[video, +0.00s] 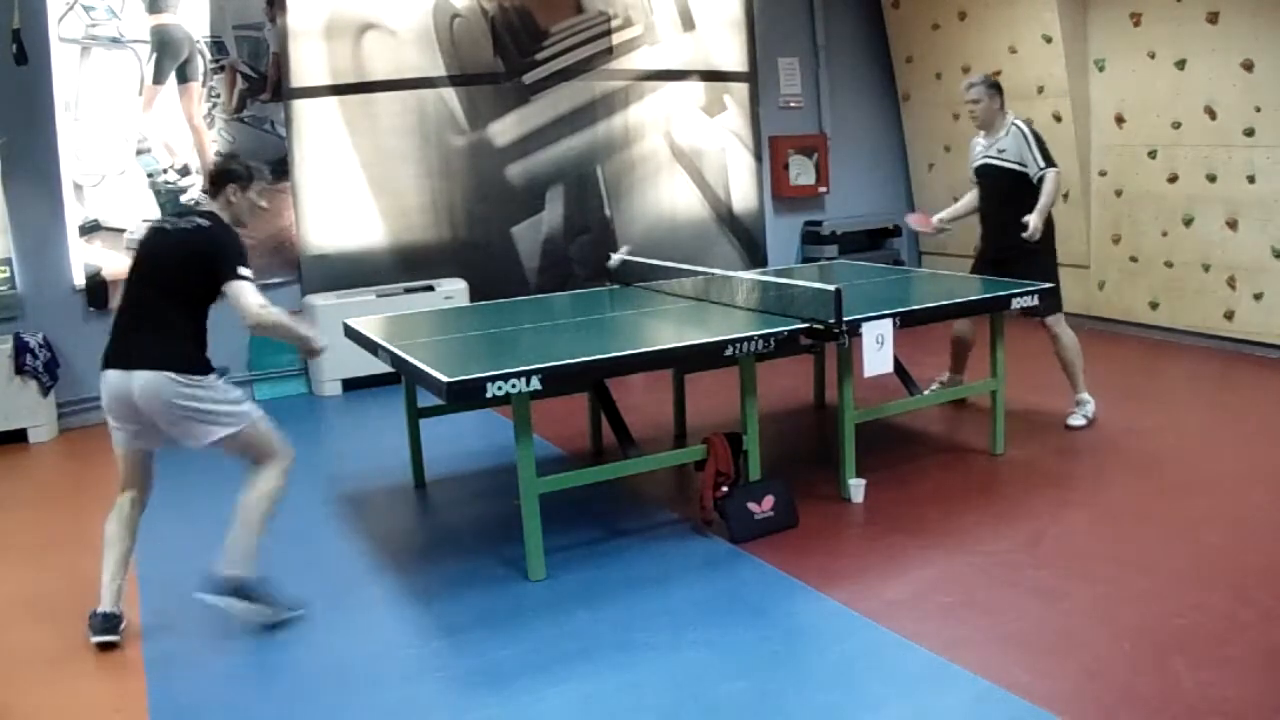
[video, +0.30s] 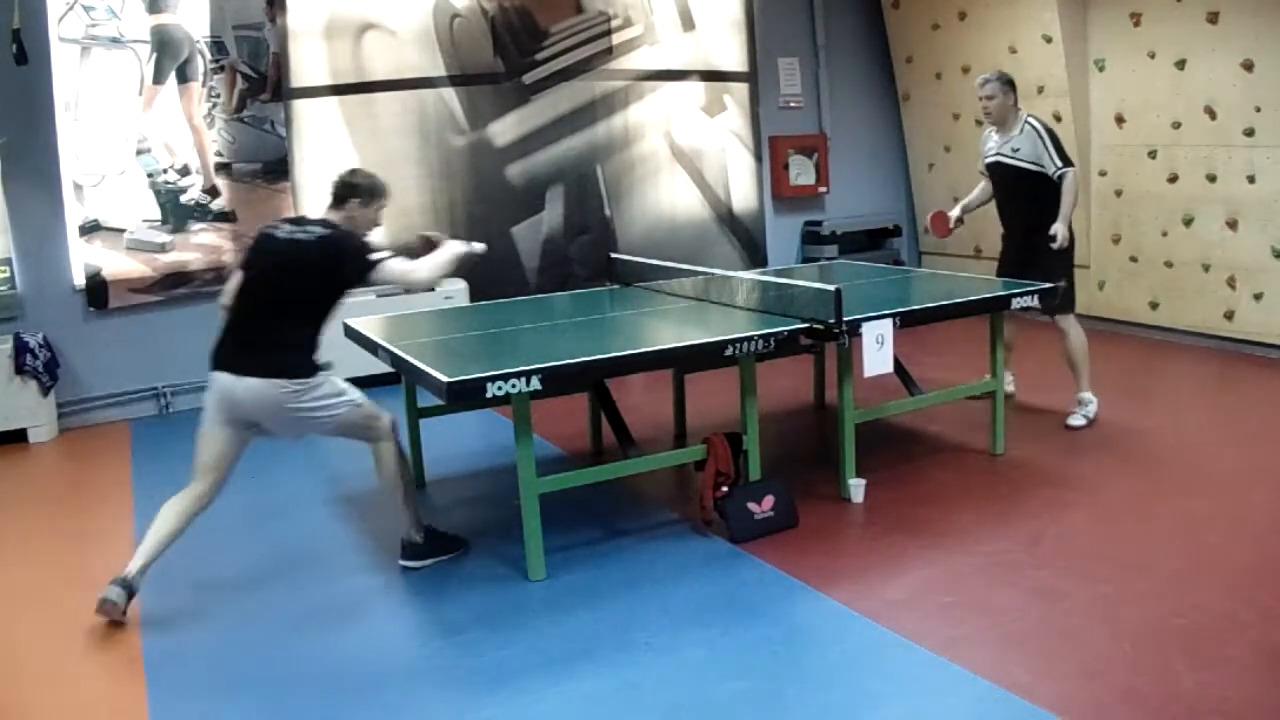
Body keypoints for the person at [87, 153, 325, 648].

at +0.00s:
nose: (263, 210)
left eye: (265, 199)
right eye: (259, 198)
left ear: (214, 190)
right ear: (234, 193)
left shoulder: (159, 230)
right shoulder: (220, 238)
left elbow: (125, 298)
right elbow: (255, 314)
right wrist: (304, 336)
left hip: (116, 377)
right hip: (173, 377)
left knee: (130, 492)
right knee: (275, 456)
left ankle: (107, 610)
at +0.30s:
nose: (378, 223)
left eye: (379, 214)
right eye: (377, 214)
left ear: (337, 201)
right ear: (355, 207)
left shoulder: (273, 234)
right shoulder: (349, 247)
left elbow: (229, 299)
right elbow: (417, 276)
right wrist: (454, 249)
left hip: (227, 380)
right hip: (288, 384)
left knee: (200, 486)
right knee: (382, 430)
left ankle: (127, 580)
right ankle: (416, 538)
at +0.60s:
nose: (382, 171)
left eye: (383, 161)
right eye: (380, 161)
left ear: (337, 157)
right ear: (361, 159)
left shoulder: (281, 196)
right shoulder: (369, 212)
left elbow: (242, 267)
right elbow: (448, 256)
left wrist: (247, 319)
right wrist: (504, 273)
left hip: (247, 342)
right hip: (305, 349)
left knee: (242, 434)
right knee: (384, 423)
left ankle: (194, 533)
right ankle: (418, 536)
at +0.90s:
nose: (309, 176)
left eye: (309, 167)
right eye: (305, 167)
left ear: (270, 166)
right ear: (283, 166)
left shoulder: (218, 205)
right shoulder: (277, 218)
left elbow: (191, 272)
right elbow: (330, 287)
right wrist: (390, 309)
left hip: (181, 351)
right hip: (233, 356)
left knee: (227, 439)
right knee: (324, 438)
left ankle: (207, 553)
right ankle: (372, 548)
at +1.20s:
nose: (224, 207)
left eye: (223, 197)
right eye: (218, 197)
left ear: (183, 199)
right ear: (191, 199)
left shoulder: (148, 239)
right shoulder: (162, 251)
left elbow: (145, 324)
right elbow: (173, 339)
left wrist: (175, 375)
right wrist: (252, 373)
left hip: (97, 375)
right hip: (125, 382)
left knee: (145, 459)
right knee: (212, 457)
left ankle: (90, 551)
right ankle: (259, 577)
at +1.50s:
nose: (88, 232)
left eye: (87, 222)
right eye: (79, 225)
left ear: (72, 224)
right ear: (51, 228)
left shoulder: (82, 259)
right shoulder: (9, 282)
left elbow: (114, 308)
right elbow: (16, 377)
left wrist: (163, 340)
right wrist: (64, 360)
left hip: (68, 392)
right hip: (18, 408)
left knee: (126, 461)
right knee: (36, 504)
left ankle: (88, 550)